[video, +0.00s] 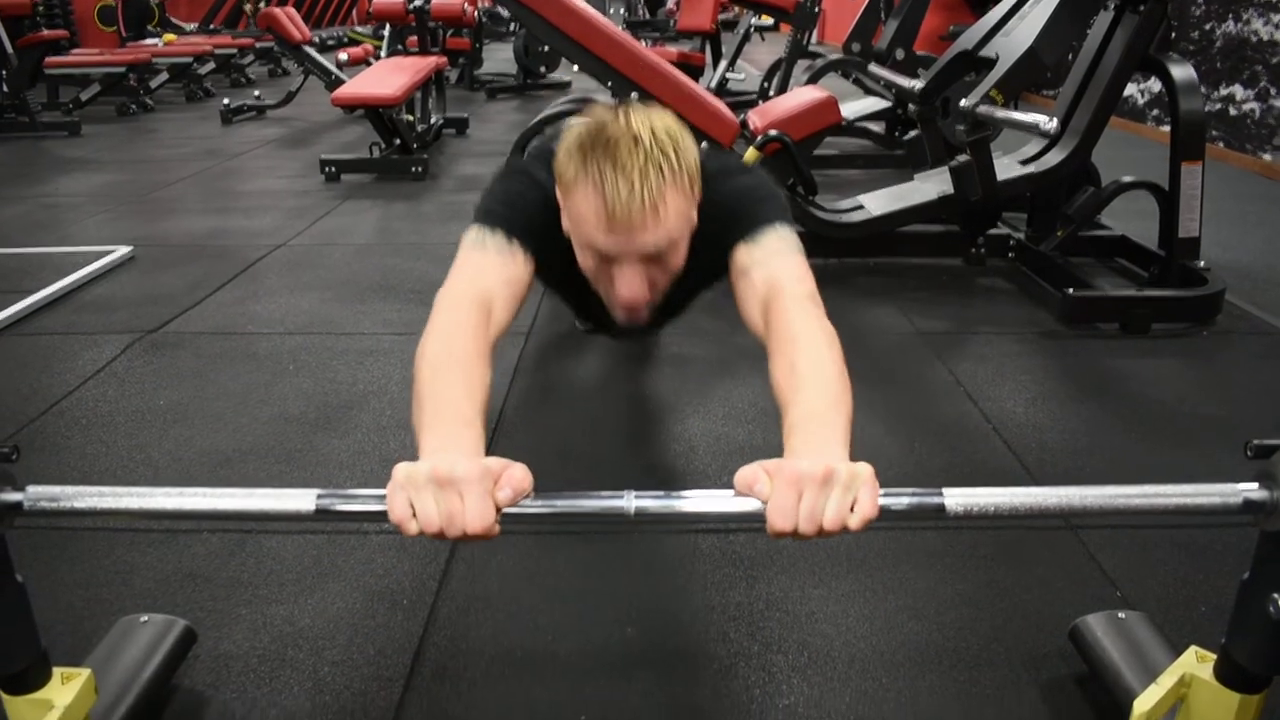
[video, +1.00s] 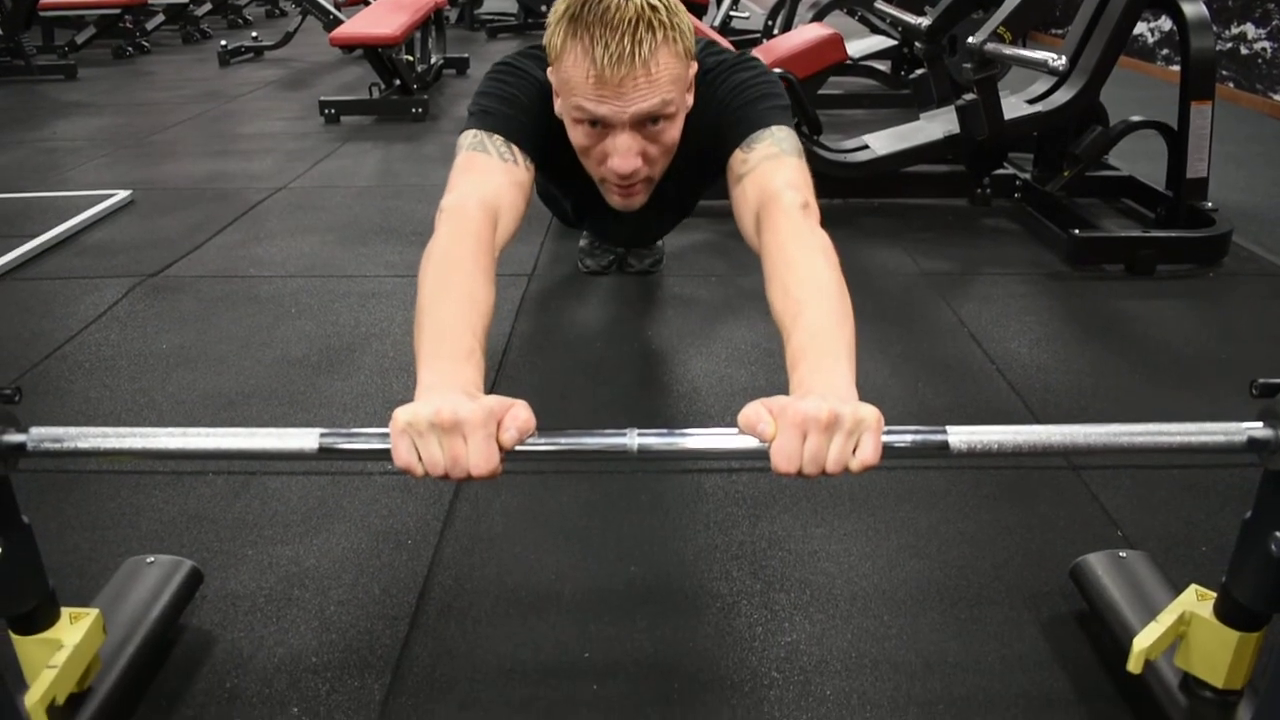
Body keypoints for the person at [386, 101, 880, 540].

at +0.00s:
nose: (630, 292)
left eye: (657, 258)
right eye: (604, 258)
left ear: (691, 209)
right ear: (565, 214)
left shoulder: (736, 188)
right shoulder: (532, 182)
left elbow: (793, 312)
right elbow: (462, 314)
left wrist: (817, 456)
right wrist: (448, 456)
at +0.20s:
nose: (615, 219)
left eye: (642, 188)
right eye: (587, 191)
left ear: (679, 150)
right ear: (550, 159)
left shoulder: (728, 149)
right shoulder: (516, 151)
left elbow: (775, 271)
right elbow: (469, 278)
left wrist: (820, 438)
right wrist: (450, 438)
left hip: (658, 269)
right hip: (570, 268)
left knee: (646, 288)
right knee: (593, 286)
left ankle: (639, 299)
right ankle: (601, 297)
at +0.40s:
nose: (610, 210)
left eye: (637, 177)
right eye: (581, 180)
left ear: (676, 136)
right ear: (545, 148)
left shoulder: (724, 137)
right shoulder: (511, 142)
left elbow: (773, 262)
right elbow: (464, 272)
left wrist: (820, 432)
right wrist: (448, 433)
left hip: (657, 262)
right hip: (569, 262)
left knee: (645, 281)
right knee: (590, 276)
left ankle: (639, 292)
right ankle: (599, 288)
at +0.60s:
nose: (617, 197)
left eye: (645, 164)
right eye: (587, 166)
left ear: (683, 125)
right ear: (552, 135)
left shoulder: (730, 125)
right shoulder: (518, 126)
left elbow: (782, 251)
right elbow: (467, 256)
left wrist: (824, 423)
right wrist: (449, 421)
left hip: (662, 249)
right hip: (573, 244)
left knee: (647, 268)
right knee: (591, 261)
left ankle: (639, 282)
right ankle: (601, 274)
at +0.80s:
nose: (623, 176)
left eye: (651, 142)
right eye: (593, 144)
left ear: (687, 105)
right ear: (555, 109)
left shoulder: (734, 104)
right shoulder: (520, 104)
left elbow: (784, 232)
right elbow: (468, 237)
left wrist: (824, 408)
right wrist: (447, 406)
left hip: (670, 218)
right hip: (571, 214)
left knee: (647, 247)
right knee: (593, 244)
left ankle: (641, 264)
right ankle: (604, 260)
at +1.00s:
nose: (625, 155)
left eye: (652, 120)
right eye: (593, 123)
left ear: (689, 85)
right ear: (554, 89)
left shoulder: (737, 86)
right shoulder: (520, 86)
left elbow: (787, 216)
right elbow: (466, 223)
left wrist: (825, 394)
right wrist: (446, 394)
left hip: (672, 198)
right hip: (570, 197)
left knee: (647, 231)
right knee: (589, 225)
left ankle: (640, 250)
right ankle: (604, 245)